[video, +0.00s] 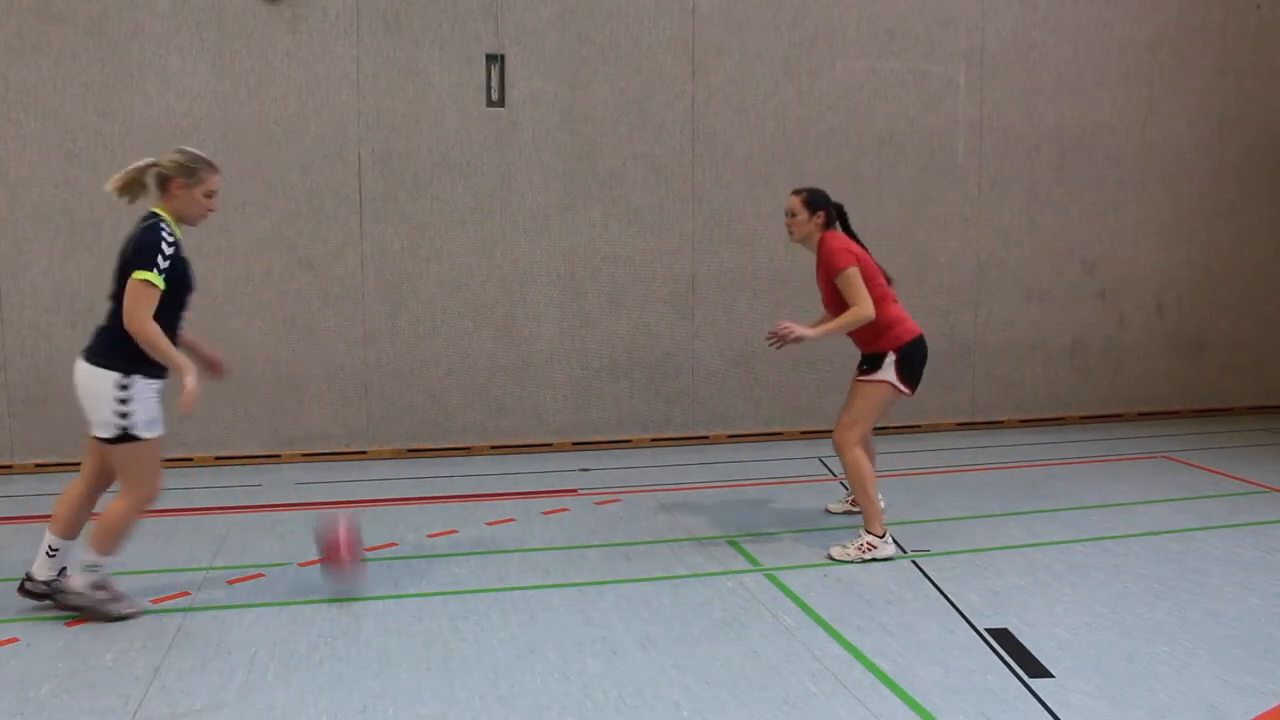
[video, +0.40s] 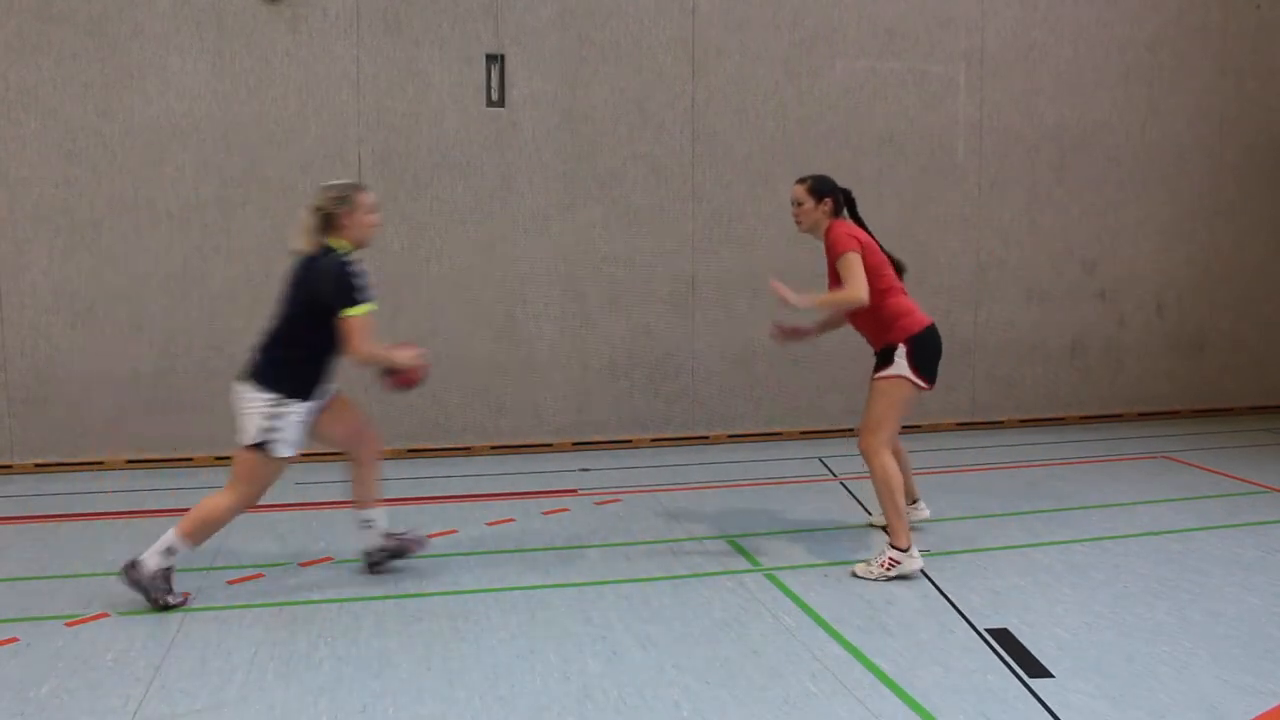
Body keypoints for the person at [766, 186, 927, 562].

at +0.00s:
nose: (787, 223)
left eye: (793, 215)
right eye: (786, 216)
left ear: (819, 217)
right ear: (816, 219)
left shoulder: (835, 248)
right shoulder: (826, 249)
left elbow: (865, 309)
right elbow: (841, 311)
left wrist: (813, 332)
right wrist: (803, 330)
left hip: (895, 349)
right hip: (881, 349)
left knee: (846, 437)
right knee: (855, 428)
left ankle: (877, 537)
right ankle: (865, 495)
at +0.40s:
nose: (794, 213)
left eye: (799, 205)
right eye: (792, 206)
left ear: (826, 204)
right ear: (824, 206)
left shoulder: (841, 233)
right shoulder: (835, 240)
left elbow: (858, 294)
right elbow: (851, 308)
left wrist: (803, 301)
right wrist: (809, 330)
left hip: (908, 342)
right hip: (898, 343)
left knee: (873, 443)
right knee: (880, 432)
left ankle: (901, 550)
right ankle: (910, 503)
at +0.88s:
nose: (793, 230)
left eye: (799, 222)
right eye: (792, 224)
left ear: (825, 220)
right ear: (817, 223)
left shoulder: (837, 243)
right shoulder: (817, 268)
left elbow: (775, 257)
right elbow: (775, 316)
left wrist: (713, 241)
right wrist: (717, 319)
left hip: (907, 360)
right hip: (888, 365)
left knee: (861, 456)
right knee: (872, 448)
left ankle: (880, 571)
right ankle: (921, 512)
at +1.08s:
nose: (783, 256)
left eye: (791, 250)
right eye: (782, 250)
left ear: (816, 257)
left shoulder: (824, 277)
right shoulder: (810, 304)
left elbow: (773, 291)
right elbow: (793, 361)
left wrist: (723, 268)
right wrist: (750, 342)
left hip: (892, 395)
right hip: (878, 399)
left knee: (837, 474)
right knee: (860, 475)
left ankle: (880, 578)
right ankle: (927, 519)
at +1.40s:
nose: (798, 257)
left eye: (808, 251)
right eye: (794, 251)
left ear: (826, 260)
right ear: (788, 257)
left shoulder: (833, 283)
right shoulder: (786, 300)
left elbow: (827, 299)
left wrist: (777, 273)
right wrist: (729, 287)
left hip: (884, 405)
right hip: (857, 411)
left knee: (826, 474)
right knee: (872, 491)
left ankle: (875, 574)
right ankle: (938, 516)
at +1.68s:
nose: (775, 265)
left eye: (783, 256)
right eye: (768, 259)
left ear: (801, 260)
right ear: (761, 266)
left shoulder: (823, 285)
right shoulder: (765, 308)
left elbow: (800, 301)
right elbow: (733, 358)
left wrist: (747, 266)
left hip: (884, 393)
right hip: (852, 402)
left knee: (822, 478)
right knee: (883, 460)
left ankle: (875, 571)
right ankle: (928, 497)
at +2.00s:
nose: (758, 234)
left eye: (766, 225)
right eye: (754, 227)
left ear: (795, 224)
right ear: (754, 227)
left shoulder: (816, 249)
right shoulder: (769, 266)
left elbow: (771, 260)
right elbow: (714, 302)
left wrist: (710, 251)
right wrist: (666, 308)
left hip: (875, 365)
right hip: (841, 368)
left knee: (817, 462)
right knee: (806, 454)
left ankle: (846, 579)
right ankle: (843, 525)